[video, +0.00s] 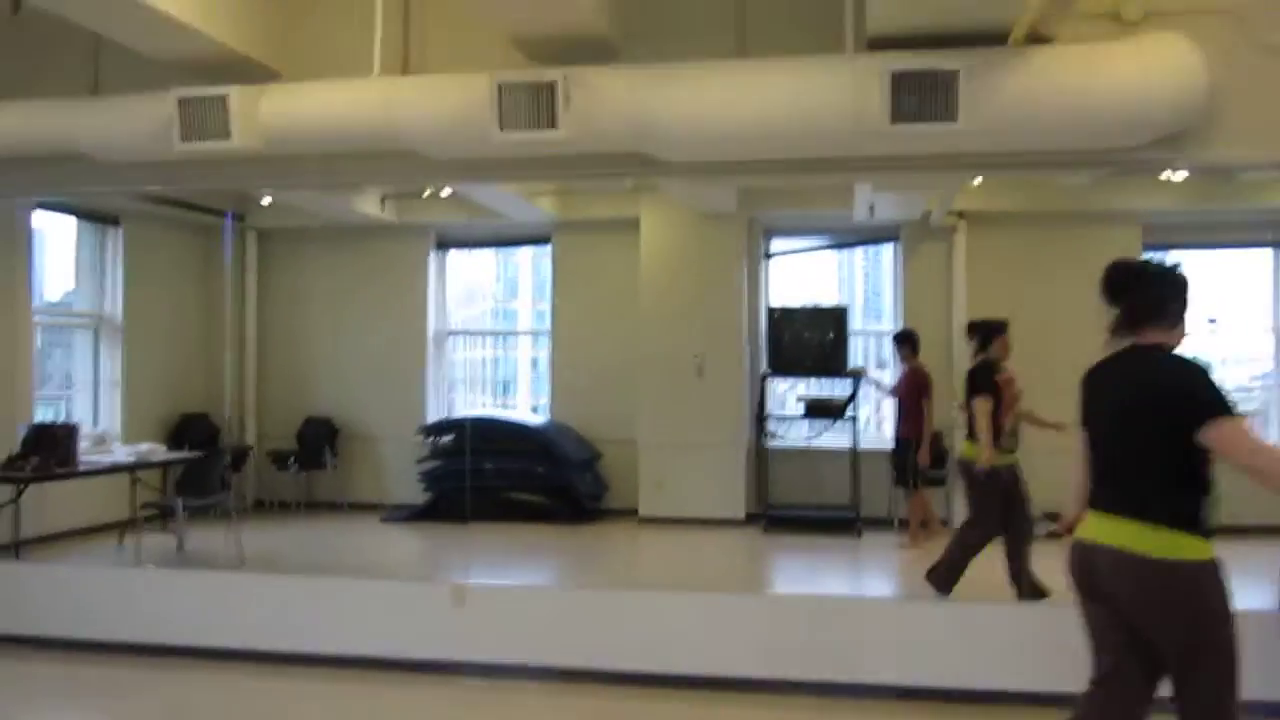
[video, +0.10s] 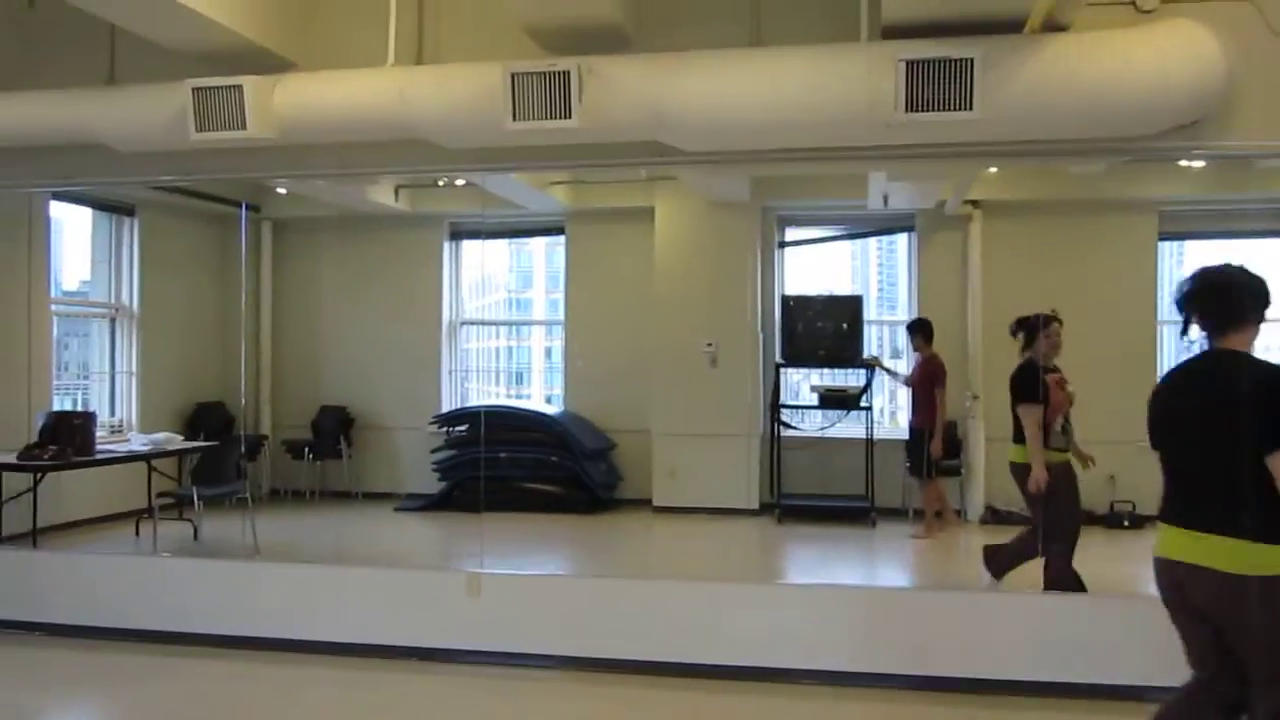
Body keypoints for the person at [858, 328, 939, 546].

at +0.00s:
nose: (898, 353)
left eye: (901, 348)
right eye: (897, 348)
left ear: (910, 348)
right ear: (902, 349)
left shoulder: (921, 376)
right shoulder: (906, 374)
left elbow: (928, 413)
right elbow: (893, 393)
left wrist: (925, 447)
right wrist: (868, 379)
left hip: (915, 437)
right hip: (903, 436)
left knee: (912, 486)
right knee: (910, 484)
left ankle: (914, 533)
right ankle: (932, 523)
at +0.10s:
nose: (911, 342)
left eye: (913, 338)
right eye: (910, 338)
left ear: (922, 337)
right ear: (920, 338)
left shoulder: (935, 364)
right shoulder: (921, 362)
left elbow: (941, 403)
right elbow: (908, 382)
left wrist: (937, 437)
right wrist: (882, 368)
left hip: (929, 427)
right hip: (917, 426)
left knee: (926, 476)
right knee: (924, 474)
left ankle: (929, 525)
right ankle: (949, 514)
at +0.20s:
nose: (897, 339)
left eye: (899, 335)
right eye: (896, 335)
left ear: (908, 334)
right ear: (907, 335)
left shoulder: (921, 361)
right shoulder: (908, 359)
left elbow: (927, 400)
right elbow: (896, 379)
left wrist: (923, 435)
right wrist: (870, 365)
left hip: (915, 424)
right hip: (904, 423)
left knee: (913, 474)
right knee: (912, 472)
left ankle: (916, 522)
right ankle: (936, 512)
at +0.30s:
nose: (896, 331)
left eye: (898, 327)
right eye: (896, 327)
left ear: (908, 326)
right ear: (905, 326)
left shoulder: (920, 352)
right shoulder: (908, 350)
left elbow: (926, 393)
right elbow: (897, 371)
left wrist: (921, 428)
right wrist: (871, 357)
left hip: (915, 416)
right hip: (905, 415)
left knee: (912, 467)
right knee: (917, 466)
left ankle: (915, 514)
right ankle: (933, 507)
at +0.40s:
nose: (895, 335)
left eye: (897, 331)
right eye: (895, 331)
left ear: (905, 330)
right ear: (907, 331)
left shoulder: (919, 357)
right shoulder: (910, 355)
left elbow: (925, 399)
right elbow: (897, 377)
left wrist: (919, 431)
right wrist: (870, 363)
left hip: (912, 422)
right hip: (907, 420)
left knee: (906, 470)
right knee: (918, 469)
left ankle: (916, 517)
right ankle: (932, 512)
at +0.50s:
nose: (893, 341)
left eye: (895, 336)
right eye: (893, 336)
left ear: (903, 336)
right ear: (909, 336)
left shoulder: (916, 361)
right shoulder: (913, 360)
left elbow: (921, 403)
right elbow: (901, 387)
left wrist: (914, 437)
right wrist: (873, 374)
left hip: (910, 424)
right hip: (912, 423)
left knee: (893, 469)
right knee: (918, 470)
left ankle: (914, 516)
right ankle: (933, 514)